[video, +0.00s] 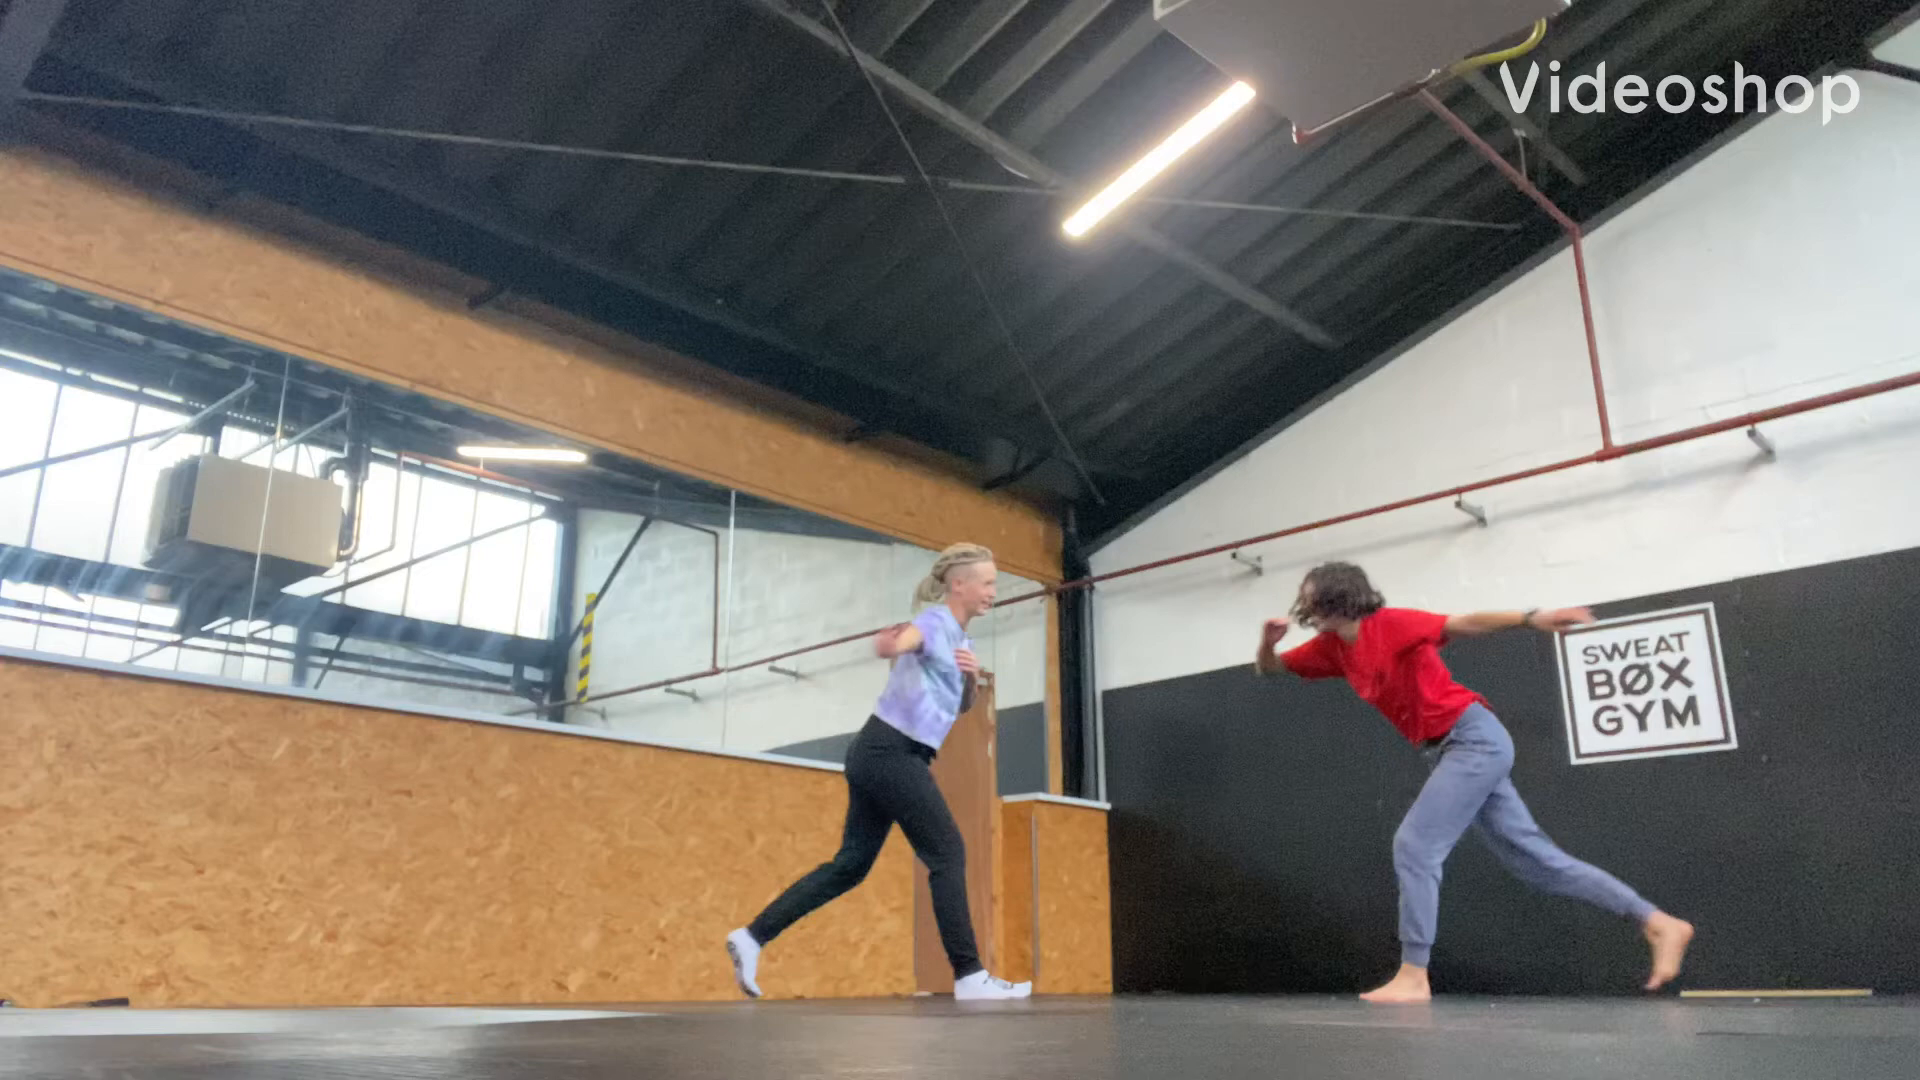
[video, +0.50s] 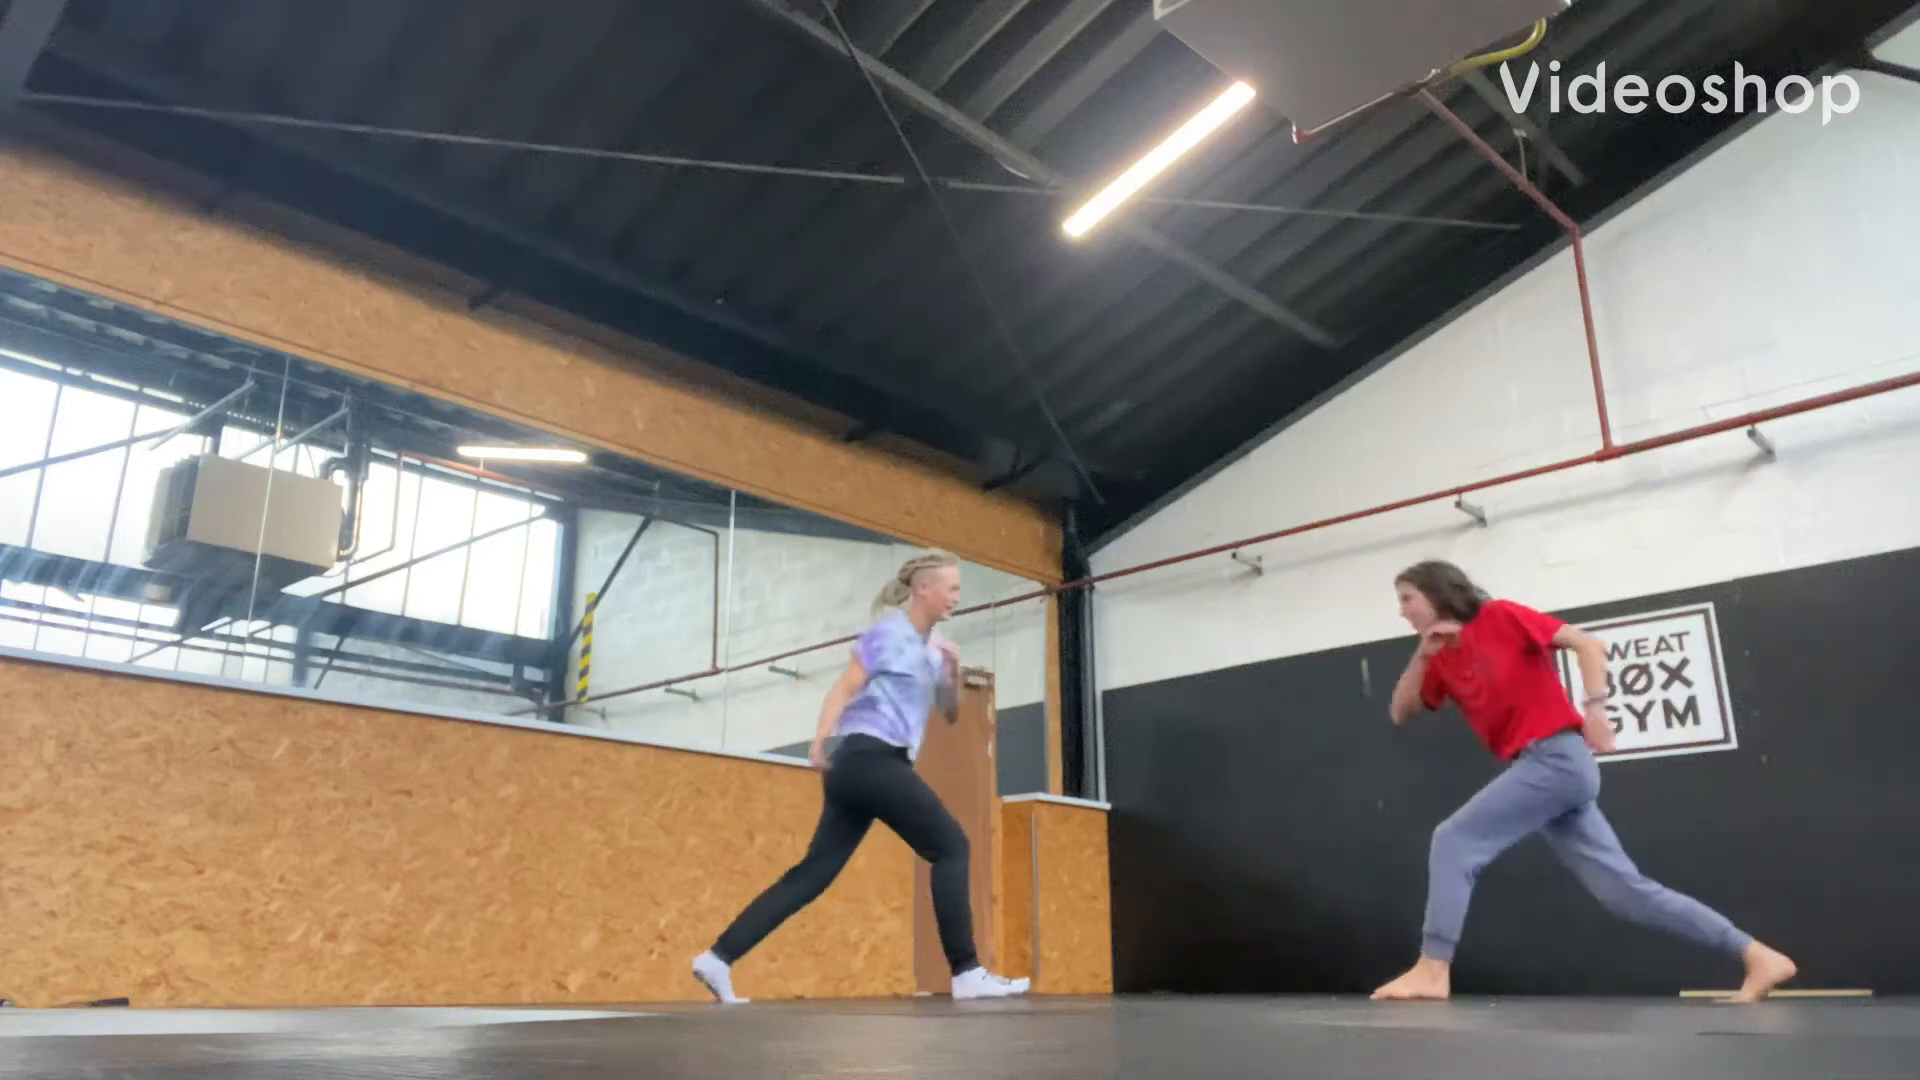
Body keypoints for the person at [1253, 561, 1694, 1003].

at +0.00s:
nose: (1313, 618)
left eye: (1317, 607)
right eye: (1311, 610)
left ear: (1338, 602)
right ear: (1332, 610)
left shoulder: (1388, 624)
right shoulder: (1330, 648)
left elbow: (1462, 625)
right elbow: (1269, 669)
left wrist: (1533, 617)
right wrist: (1266, 645)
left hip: (1475, 737)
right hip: (1456, 749)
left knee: (1415, 843)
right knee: (1540, 863)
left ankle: (1412, 977)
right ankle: (1663, 926)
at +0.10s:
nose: (1323, 602)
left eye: (1328, 592)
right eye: (1324, 596)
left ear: (1352, 594)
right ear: (1358, 599)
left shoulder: (1412, 614)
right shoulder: (1352, 640)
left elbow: (1499, 612)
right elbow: (1289, 660)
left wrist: (1585, 609)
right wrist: (1312, 622)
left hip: (1488, 733)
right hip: (1476, 743)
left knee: (1428, 844)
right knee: (1572, 852)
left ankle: (1415, 976)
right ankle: (1697, 926)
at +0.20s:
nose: (1363, 610)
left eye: (1364, 599)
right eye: (1361, 602)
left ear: (1384, 590)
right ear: (1397, 587)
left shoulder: (1451, 606)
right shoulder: (1390, 643)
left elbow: (1548, 614)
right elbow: (1348, 685)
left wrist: (1637, 626)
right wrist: (1374, 640)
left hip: (1519, 736)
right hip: (1512, 745)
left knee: (1452, 846)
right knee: (1599, 860)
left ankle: (1420, 975)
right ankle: (1726, 944)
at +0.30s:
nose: (1397, 617)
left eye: (1400, 606)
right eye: (1394, 609)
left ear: (1428, 598)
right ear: (1417, 606)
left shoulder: (1494, 615)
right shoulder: (1434, 660)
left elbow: (1585, 641)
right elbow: (1422, 729)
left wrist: (1670, 677)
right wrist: (1422, 680)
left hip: (1558, 756)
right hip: (1539, 765)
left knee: (1465, 848)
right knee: (1618, 891)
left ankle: (1422, 975)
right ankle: (1759, 958)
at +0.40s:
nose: (1413, 624)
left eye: (1417, 613)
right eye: (1411, 615)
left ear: (1445, 608)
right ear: (1438, 618)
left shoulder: (1511, 623)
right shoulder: (1458, 676)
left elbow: (1599, 651)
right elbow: (1442, 742)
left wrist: (1652, 712)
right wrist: (1442, 688)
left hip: (1576, 771)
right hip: (1551, 781)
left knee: (1466, 846)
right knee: (1623, 903)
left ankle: (1427, 973)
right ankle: (1765, 965)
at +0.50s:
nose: (1402, 611)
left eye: (1407, 600)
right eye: (1400, 603)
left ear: (1438, 596)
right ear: (1420, 605)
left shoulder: (1497, 616)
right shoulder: (1437, 662)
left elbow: (1588, 645)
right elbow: (1401, 712)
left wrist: (1595, 709)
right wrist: (1420, 656)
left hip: (1560, 756)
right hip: (1542, 766)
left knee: (1456, 839)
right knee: (1623, 891)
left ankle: (1431, 971)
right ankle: (1760, 959)